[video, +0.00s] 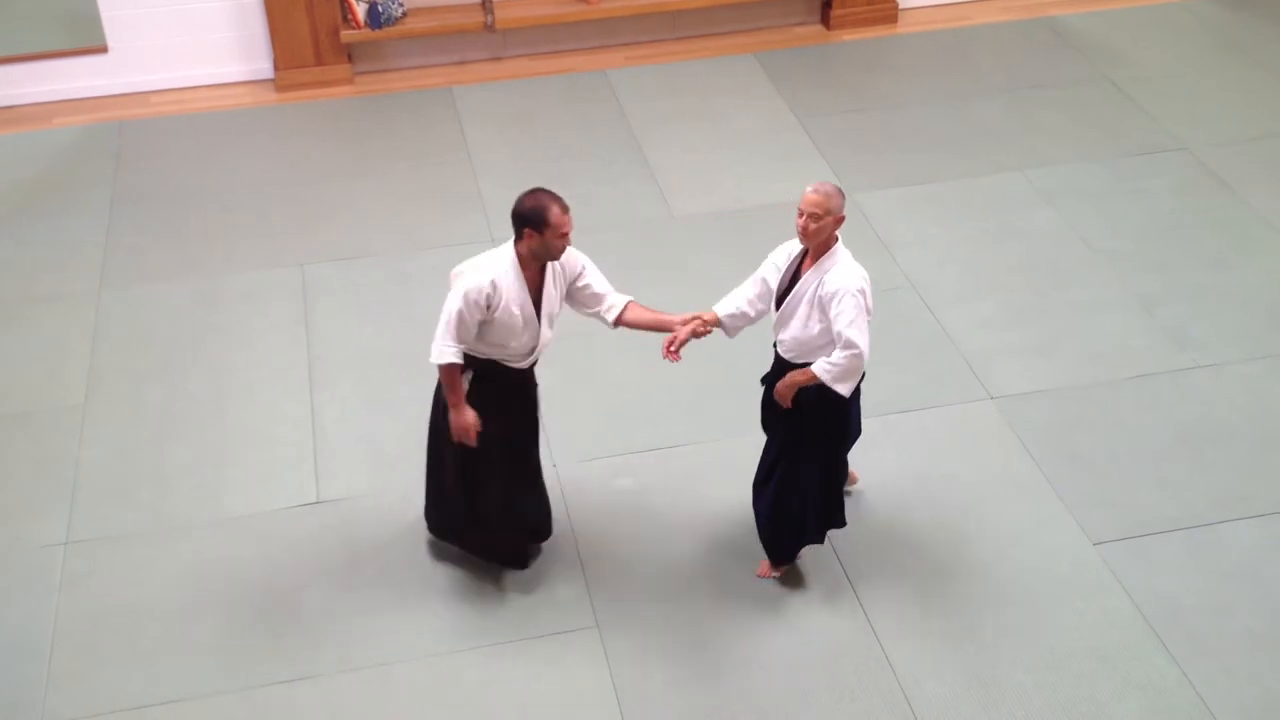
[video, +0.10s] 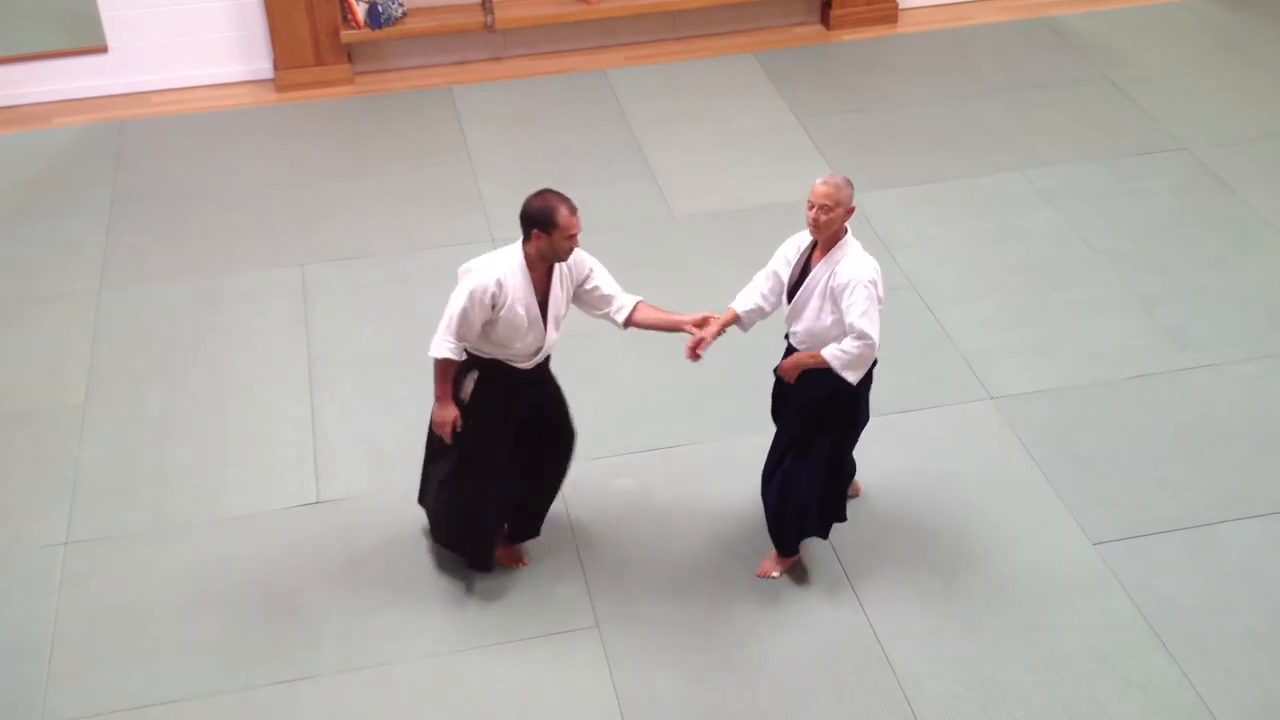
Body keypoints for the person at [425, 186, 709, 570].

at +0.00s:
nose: (568, 241)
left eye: (569, 232)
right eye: (561, 234)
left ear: (534, 236)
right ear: (529, 236)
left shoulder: (567, 265)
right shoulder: (480, 279)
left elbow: (615, 308)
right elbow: (447, 348)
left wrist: (677, 322)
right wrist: (457, 408)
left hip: (520, 379)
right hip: (476, 379)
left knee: (520, 459)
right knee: (477, 461)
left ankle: (524, 533)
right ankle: (474, 534)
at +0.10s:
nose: (576, 241)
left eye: (577, 233)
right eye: (569, 235)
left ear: (546, 235)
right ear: (537, 236)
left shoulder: (574, 265)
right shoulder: (487, 279)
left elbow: (623, 308)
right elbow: (448, 341)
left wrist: (684, 321)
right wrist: (443, 401)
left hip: (536, 375)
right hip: (487, 380)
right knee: (483, 460)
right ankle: (474, 534)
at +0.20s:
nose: (586, 241)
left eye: (587, 233)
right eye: (579, 235)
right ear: (547, 234)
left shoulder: (582, 262)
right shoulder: (496, 276)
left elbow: (629, 306)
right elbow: (457, 338)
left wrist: (688, 324)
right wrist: (449, 395)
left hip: (550, 368)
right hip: (501, 377)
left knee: (583, 431)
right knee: (503, 455)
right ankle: (493, 523)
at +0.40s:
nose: (608, 239)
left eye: (609, 230)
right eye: (601, 232)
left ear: (573, 235)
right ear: (569, 236)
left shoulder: (605, 256)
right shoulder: (523, 272)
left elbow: (633, 303)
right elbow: (490, 335)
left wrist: (668, 344)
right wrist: (498, 391)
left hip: (581, 362)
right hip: (532, 369)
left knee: (602, 425)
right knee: (517, 446)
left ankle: (615, 481)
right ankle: (496, 518)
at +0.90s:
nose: (591, 236)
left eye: (589, 229)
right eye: (583, 234)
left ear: (558, 242)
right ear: (554, 246)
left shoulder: (585, 246)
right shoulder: (517, 283)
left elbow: (597, 290)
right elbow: (494, 343)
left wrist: (608, 336)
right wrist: (546, 372)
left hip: (569, 362)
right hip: (520, 376)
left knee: (592, 429)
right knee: (512, 451)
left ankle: (605, 486)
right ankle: (497, 530)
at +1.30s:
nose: (606, 255)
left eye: (605, 249)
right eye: (601, 253)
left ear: (574, 261)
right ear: (573, 263)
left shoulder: (585, 274)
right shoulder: (527, 309)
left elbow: (601, 315)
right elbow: (522, 378)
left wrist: (631, 348)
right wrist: (578, 399)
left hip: (580, 384)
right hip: (529, 403)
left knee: (609, 451)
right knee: (530, 472)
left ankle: (601, 538)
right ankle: (502, 542)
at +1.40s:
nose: (626, 255)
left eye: (625, 249)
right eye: (621, 252)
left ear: (594, 259)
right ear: (595, 262)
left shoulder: (601, 275)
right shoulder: (551, 312)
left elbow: (615, 318)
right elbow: (551, 384)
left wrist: (654, 346)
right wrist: (610, 400)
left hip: (597, 396)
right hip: (552, 411)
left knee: (621, 469)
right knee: (553, 482)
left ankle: (627, 549)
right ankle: (508, 526)